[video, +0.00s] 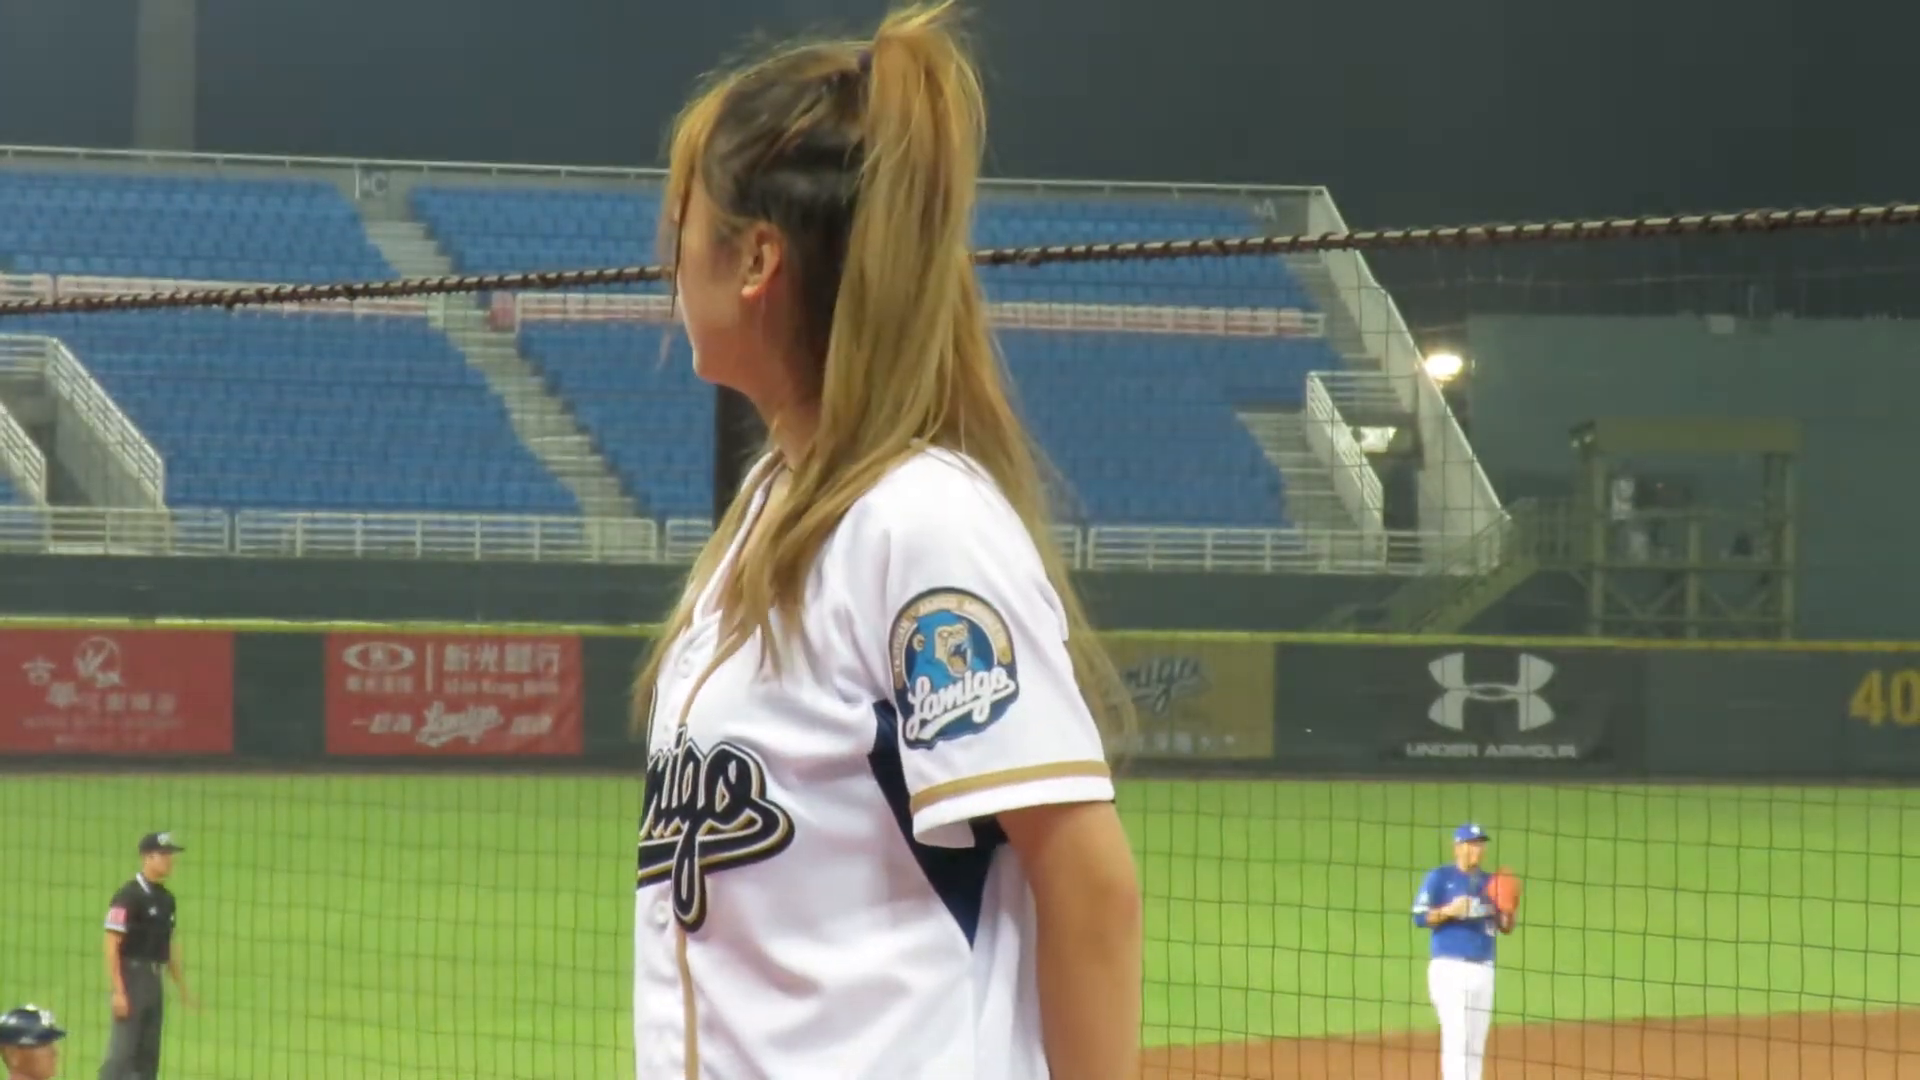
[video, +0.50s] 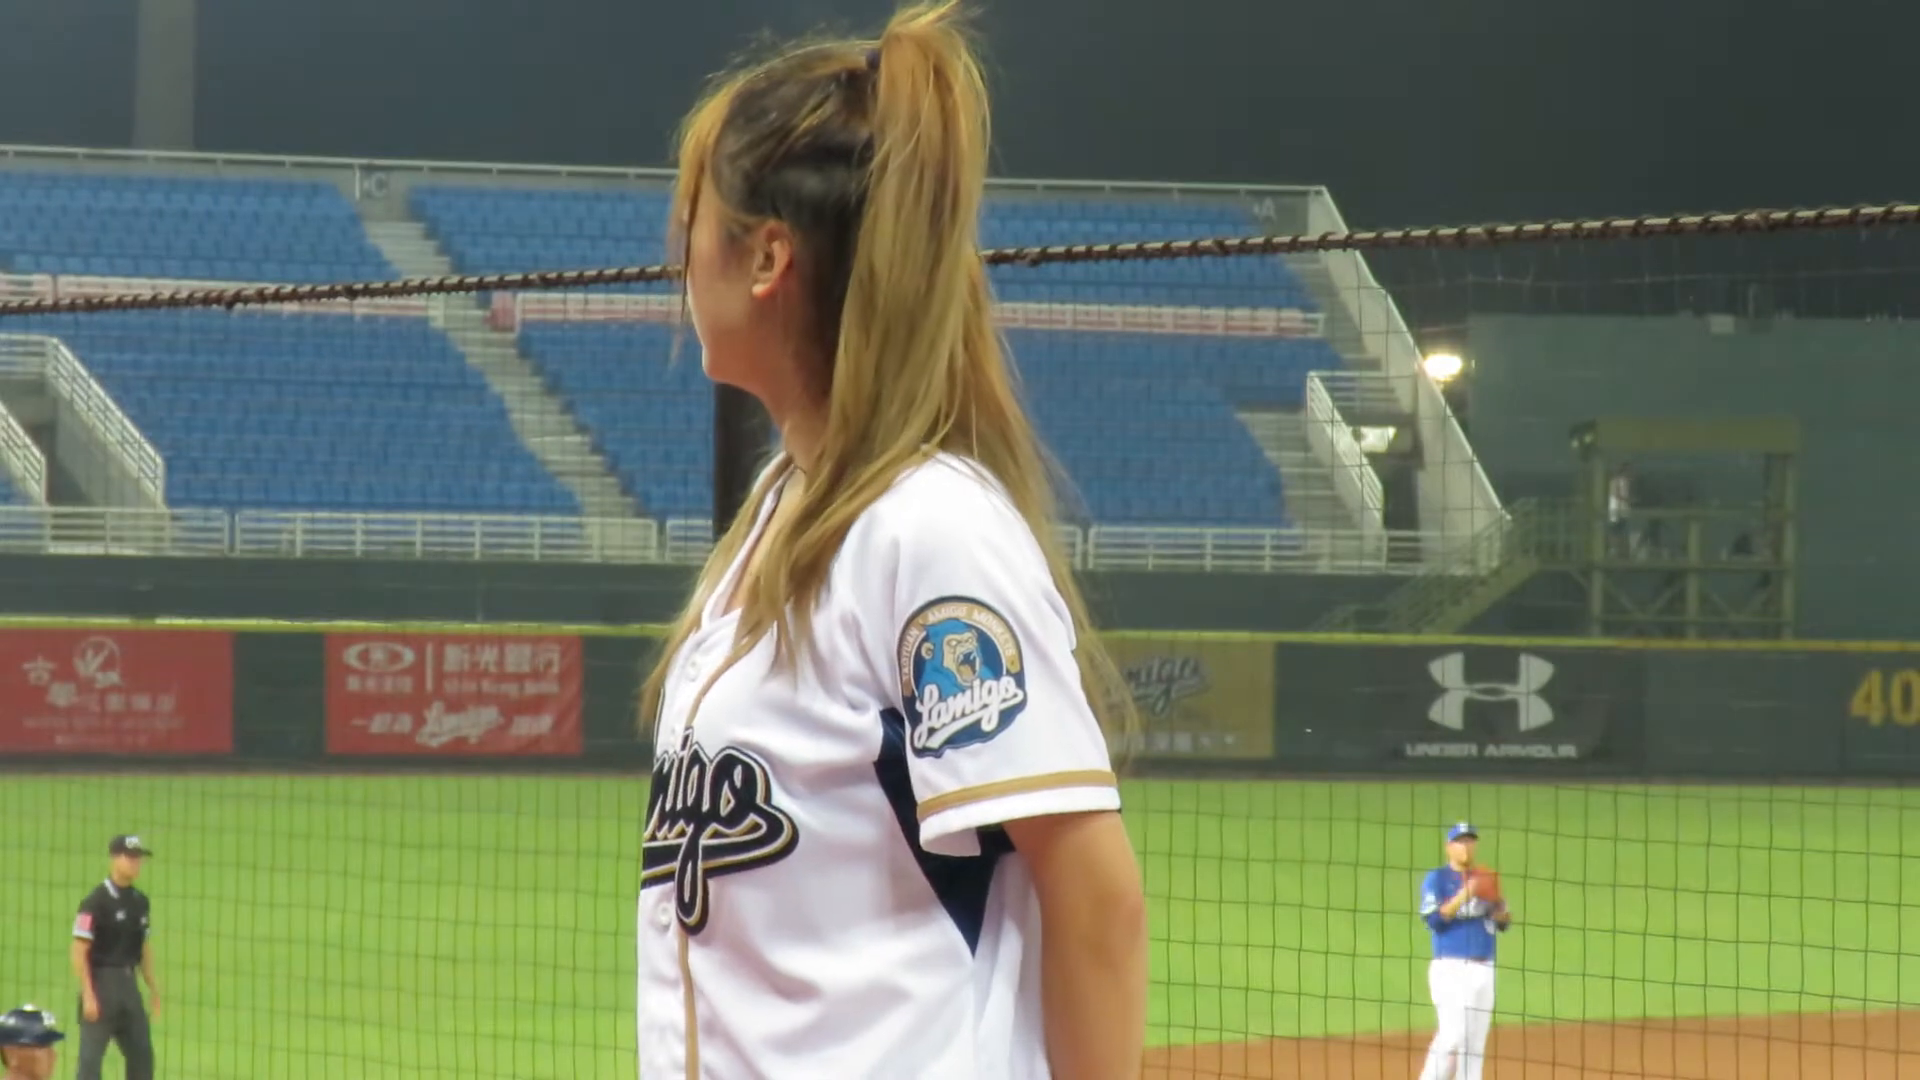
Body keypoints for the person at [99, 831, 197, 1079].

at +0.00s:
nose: (169, 861)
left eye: (170, 856)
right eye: (163, 855)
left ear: (169, 858)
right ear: (147, 857)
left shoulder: (166, 899)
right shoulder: (128, 895)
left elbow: (167, 948)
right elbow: (111, 945)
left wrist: (182, 987)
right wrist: (118, 991)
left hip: (154, 969)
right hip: (130, 967)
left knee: (149, 1045)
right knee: (125, 1045)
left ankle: (144, 1075)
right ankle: (114, 1074)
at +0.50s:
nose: (135, 864)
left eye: (138, 858)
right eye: (129, 857)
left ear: (140, 861)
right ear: (114, 858)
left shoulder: (140, 901)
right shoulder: (94, 902)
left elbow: (143, 948)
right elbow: (79, 951)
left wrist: (153, 989)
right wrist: (88, 995)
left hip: (127, 977)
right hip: (100, 976)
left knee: (141, 1055)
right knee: (90, 1059)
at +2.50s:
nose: (116, 866)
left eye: (118, 860)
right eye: (109, 860)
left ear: (121, 862)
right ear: (94, 861)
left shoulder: (119, 901)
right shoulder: (78, 903)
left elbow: (122, 952)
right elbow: (65, 954)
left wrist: (129, 990)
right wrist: (71, 999)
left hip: (113, 973)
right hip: (87, 973)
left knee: (125, 1054)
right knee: (84, 1053)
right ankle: (81, 1074)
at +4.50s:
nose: (132, 860)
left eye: (132, 854)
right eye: (127, 854)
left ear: (121, 857)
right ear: (110, 856)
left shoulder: (125, 895)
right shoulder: (95, 898)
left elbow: (130, 947)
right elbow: (87, 950)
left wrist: (141, 984)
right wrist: (108, 990)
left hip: (127, 970)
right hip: (106, 969)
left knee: (122, 1047)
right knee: (103, 1048)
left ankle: (117, 1075)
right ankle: (98, 1075)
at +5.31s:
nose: (145, 862)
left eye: (145, 856)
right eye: (141, 855)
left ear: (129, 857)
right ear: (122, 855)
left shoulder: (127, 892)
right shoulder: (102, 894)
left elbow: (117, 936)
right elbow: (89, 944)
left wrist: (139, 945)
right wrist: (95, 989)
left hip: (121, 967)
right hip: (104, 967)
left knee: (118, 1044)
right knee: (103, 1043)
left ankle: (111, 1074)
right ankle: (90, 1075)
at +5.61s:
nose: (126, 860)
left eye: (127, 854)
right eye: (121, 854)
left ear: (123, 858)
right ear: (103, 855)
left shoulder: (119, 895)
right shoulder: (85, 895)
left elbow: (126, 933)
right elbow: (73, 947)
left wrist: (127, 935)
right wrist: (79, 991)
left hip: (112, 967)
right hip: (92, 967)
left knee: (110, 1047)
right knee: (84, 1044)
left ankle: (106, 1074)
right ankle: (68, 1075)